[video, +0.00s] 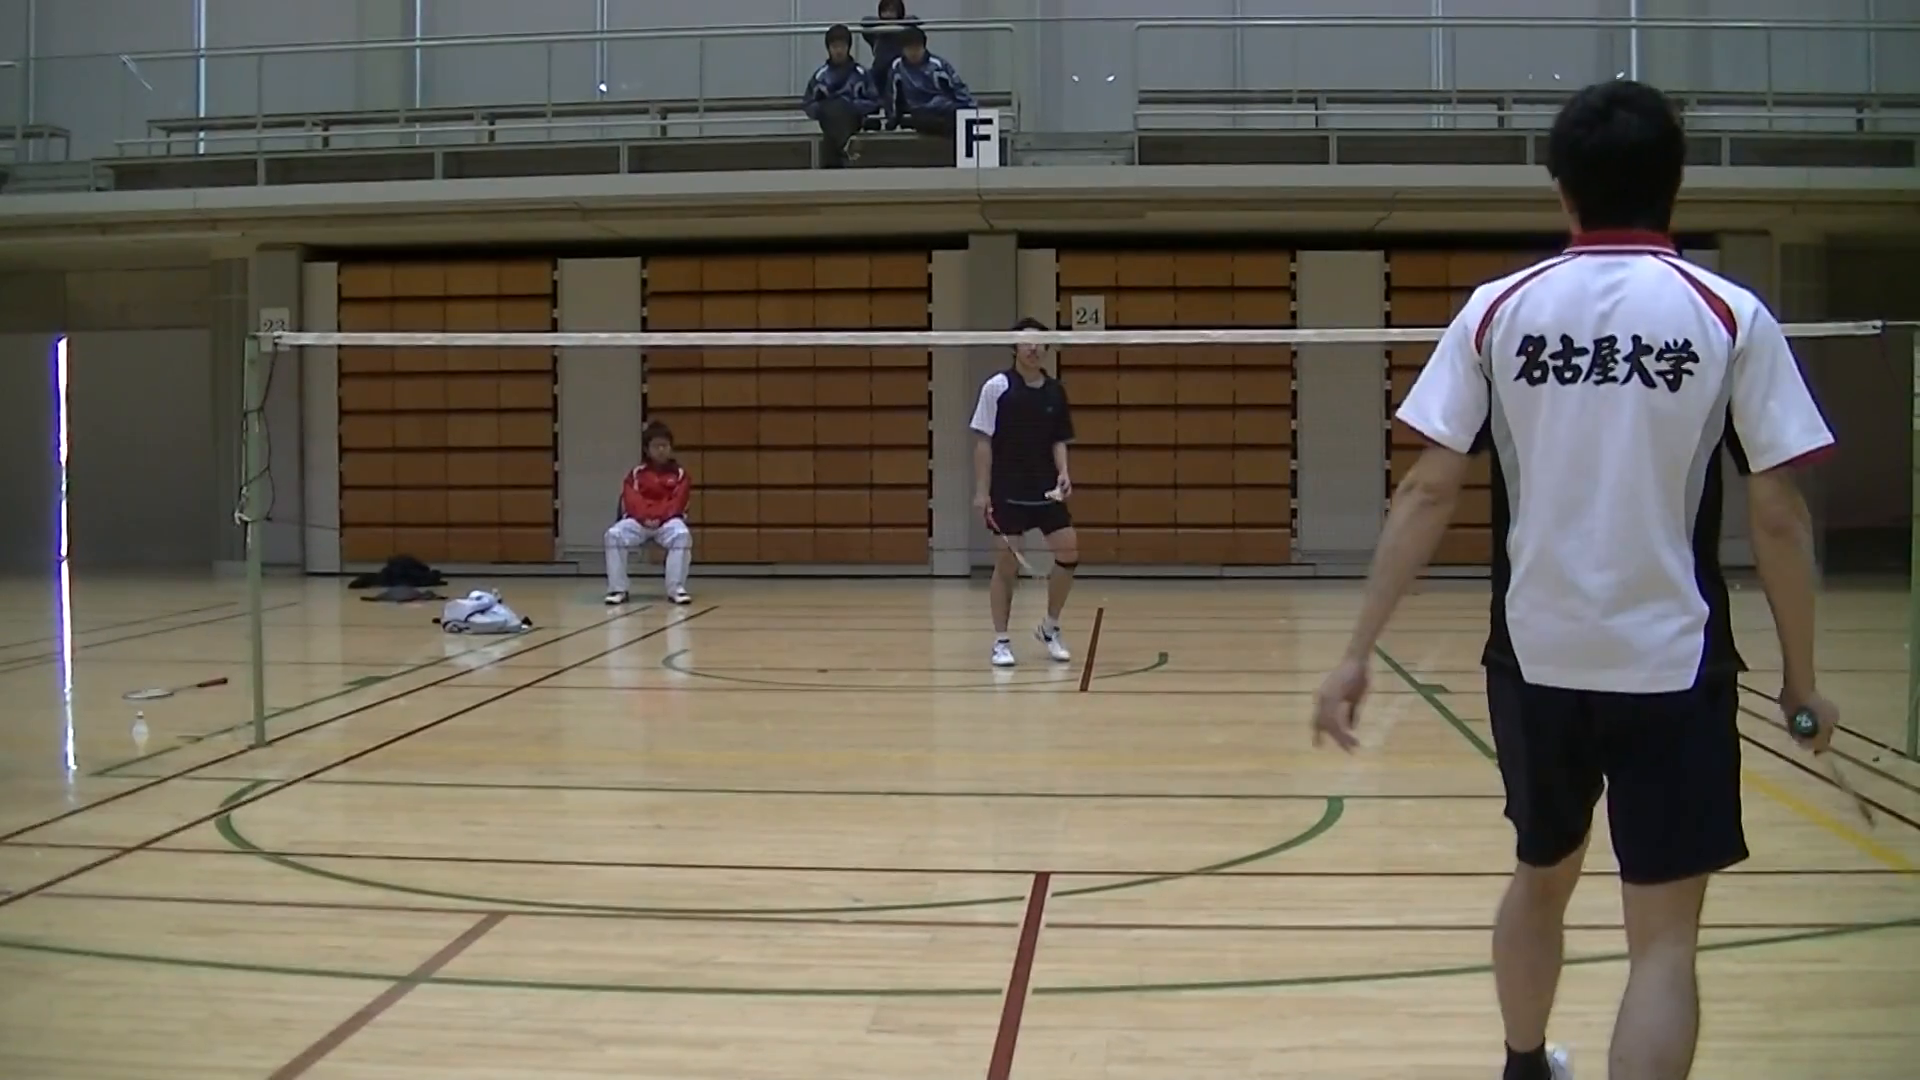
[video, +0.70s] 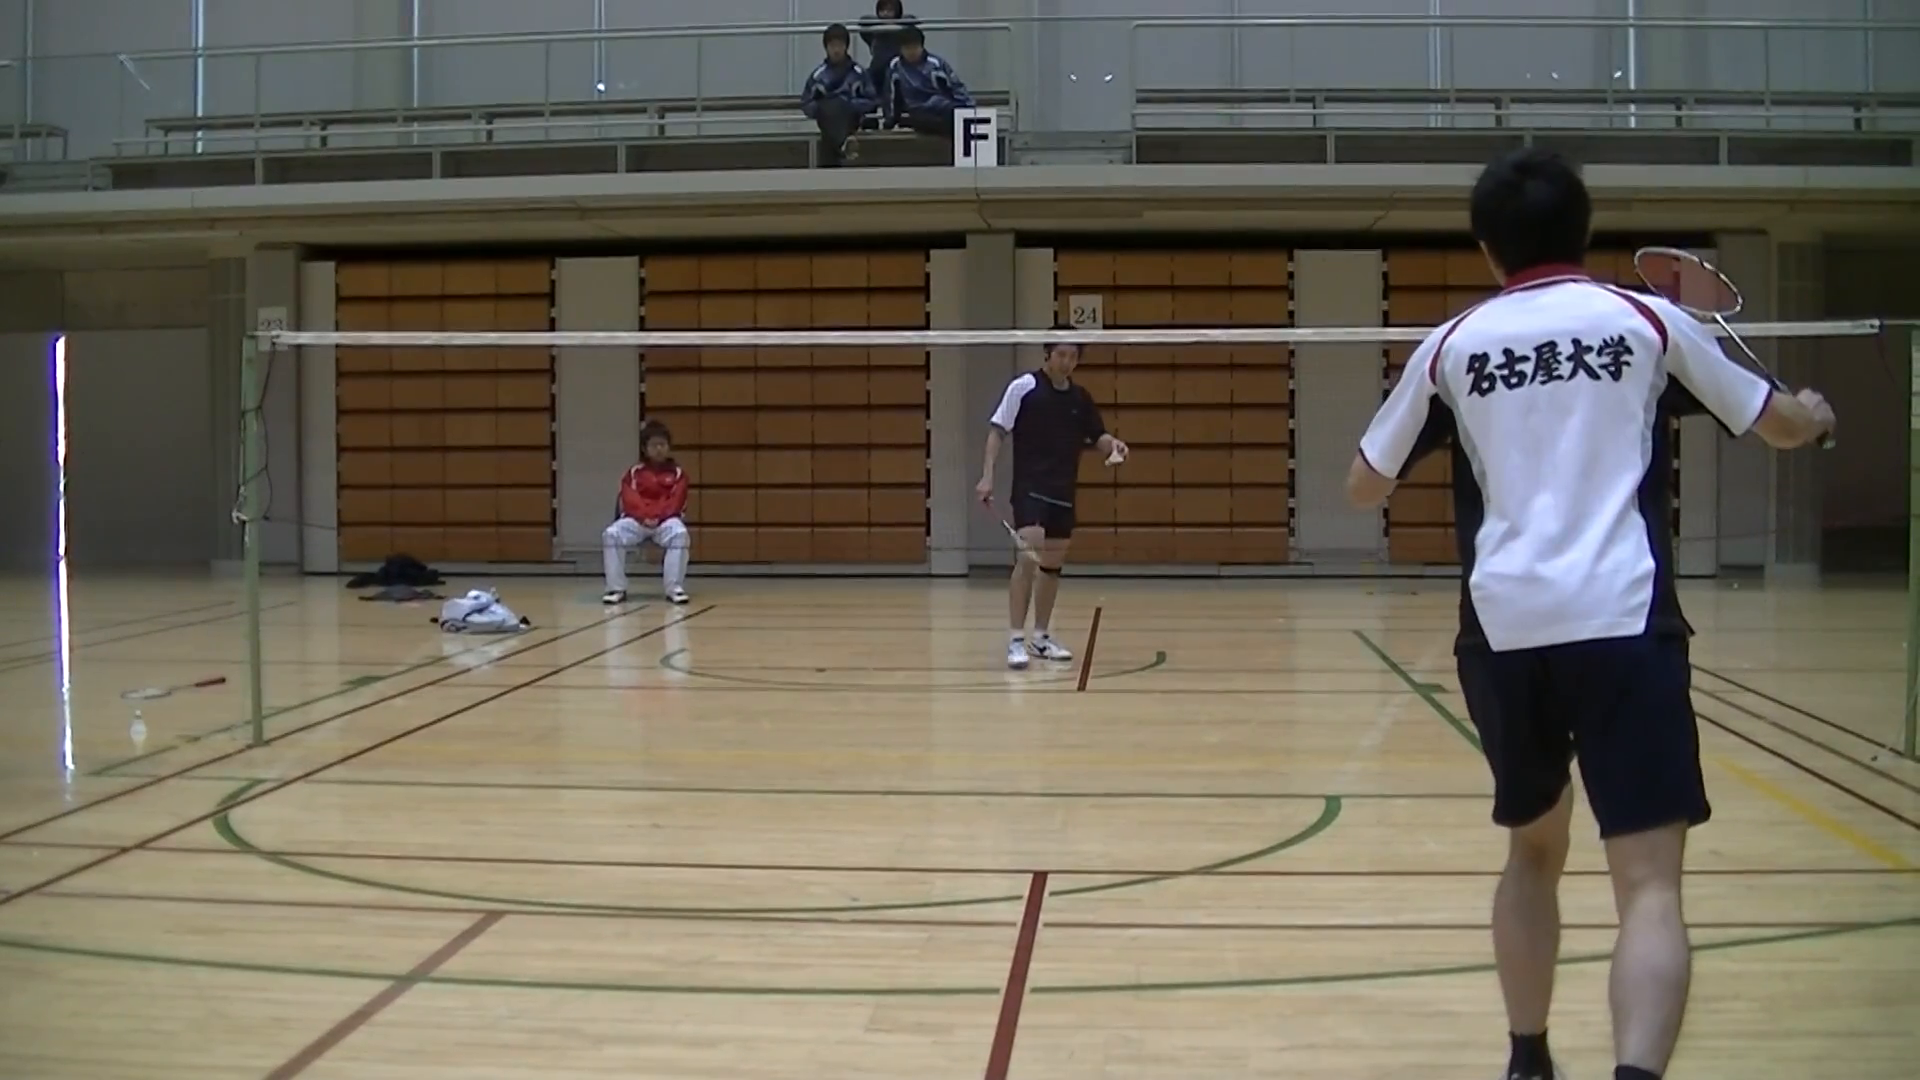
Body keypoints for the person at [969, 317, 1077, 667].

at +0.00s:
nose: (1034, 351)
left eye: (1039, 345)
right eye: (1027, 345)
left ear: (1045, 348)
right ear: (1015, 349)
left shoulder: (1053, 389)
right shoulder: (996, 386)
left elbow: (1058, 438)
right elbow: (983, 440)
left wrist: (1063, 472)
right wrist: (982, 490)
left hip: (1045, 488)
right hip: (1007, 489)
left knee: (1068, 552)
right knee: (1007, 562)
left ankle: (1050, 627)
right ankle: (1001, 641)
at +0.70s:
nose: (1067, 363)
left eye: (1073, 357)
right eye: (1062, 355)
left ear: (1078, 361)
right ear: (1047, 356)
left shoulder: (1079, 397)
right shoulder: (1023, 387)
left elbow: (1097, 435)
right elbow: (997, 432)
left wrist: (1113, 444)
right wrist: (987, 478)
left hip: (1063, 490)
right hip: (1029, 487)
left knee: (1052, 565)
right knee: (1029, 558)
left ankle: (1041, 638)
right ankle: (1016, 640)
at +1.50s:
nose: (1062, 353)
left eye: (1067, 348)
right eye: (1056, 346)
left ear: (1071, 354)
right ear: (1040, 350)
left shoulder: (1075, 395)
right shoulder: (1015, 381)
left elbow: (1100, 419)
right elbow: (969, 402)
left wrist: (1113, 428)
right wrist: (972, 431)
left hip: (1062, 488)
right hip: (1025, 487)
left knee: (1070, 561)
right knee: (1030, 563)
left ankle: (1055, 627)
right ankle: (1026, 646)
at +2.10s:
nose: (1068, 353)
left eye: (1073, 347)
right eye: (1061, 347)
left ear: (1079, 350)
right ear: (1047, 348)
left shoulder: (1083, 392)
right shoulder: (1028, 382)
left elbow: (1094, 442)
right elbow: (1000, 424)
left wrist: (1111, 445)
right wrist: (992, 462)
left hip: (1072, 488)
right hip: (1036, 488)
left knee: (1094, 554)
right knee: (1035, 565)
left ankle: (1072, 617)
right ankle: (1027, 646)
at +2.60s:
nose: (1113, 358)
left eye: (1119, 353)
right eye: (1107, 351)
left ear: (1124, 359)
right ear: (1094, 355)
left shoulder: (1119, 395)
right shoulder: (1073, 389)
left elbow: (1111, 442)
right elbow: (1045, 439)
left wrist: (1135, 471)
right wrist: (1036, 488)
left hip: (1096, 483)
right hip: (1066, 482)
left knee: (1107, 553)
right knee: (1078, 547)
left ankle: (1092, 628)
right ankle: (1057, 635)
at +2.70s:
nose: (1124, 364)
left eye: (1130, 359)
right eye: (1118, 357)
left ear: (1136, 365)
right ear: (1105, 360)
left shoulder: (1131, 400)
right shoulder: (1087, 394)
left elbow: (1124, 447)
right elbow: (1058, 447)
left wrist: (1152, 475)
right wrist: (1051, 499)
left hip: (1108, 491)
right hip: (1080, 489)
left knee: (1120, 551)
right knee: (1094, 552)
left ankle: (1098, 625)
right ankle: (1073, 638)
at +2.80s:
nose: (1159, 387)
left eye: (1164, 381)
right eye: (1153, 380)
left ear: (1169, 386)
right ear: (1139, 383)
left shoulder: (1168, 423)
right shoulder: (1122, 420)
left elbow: (1178, 466)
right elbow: (1092, 468)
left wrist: (1211, 480)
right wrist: (1085, 520)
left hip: (1143, 508)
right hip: (1115, 506)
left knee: (1155, 572)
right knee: (1133, 565)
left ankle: (1122, 631)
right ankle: (1108, 641)